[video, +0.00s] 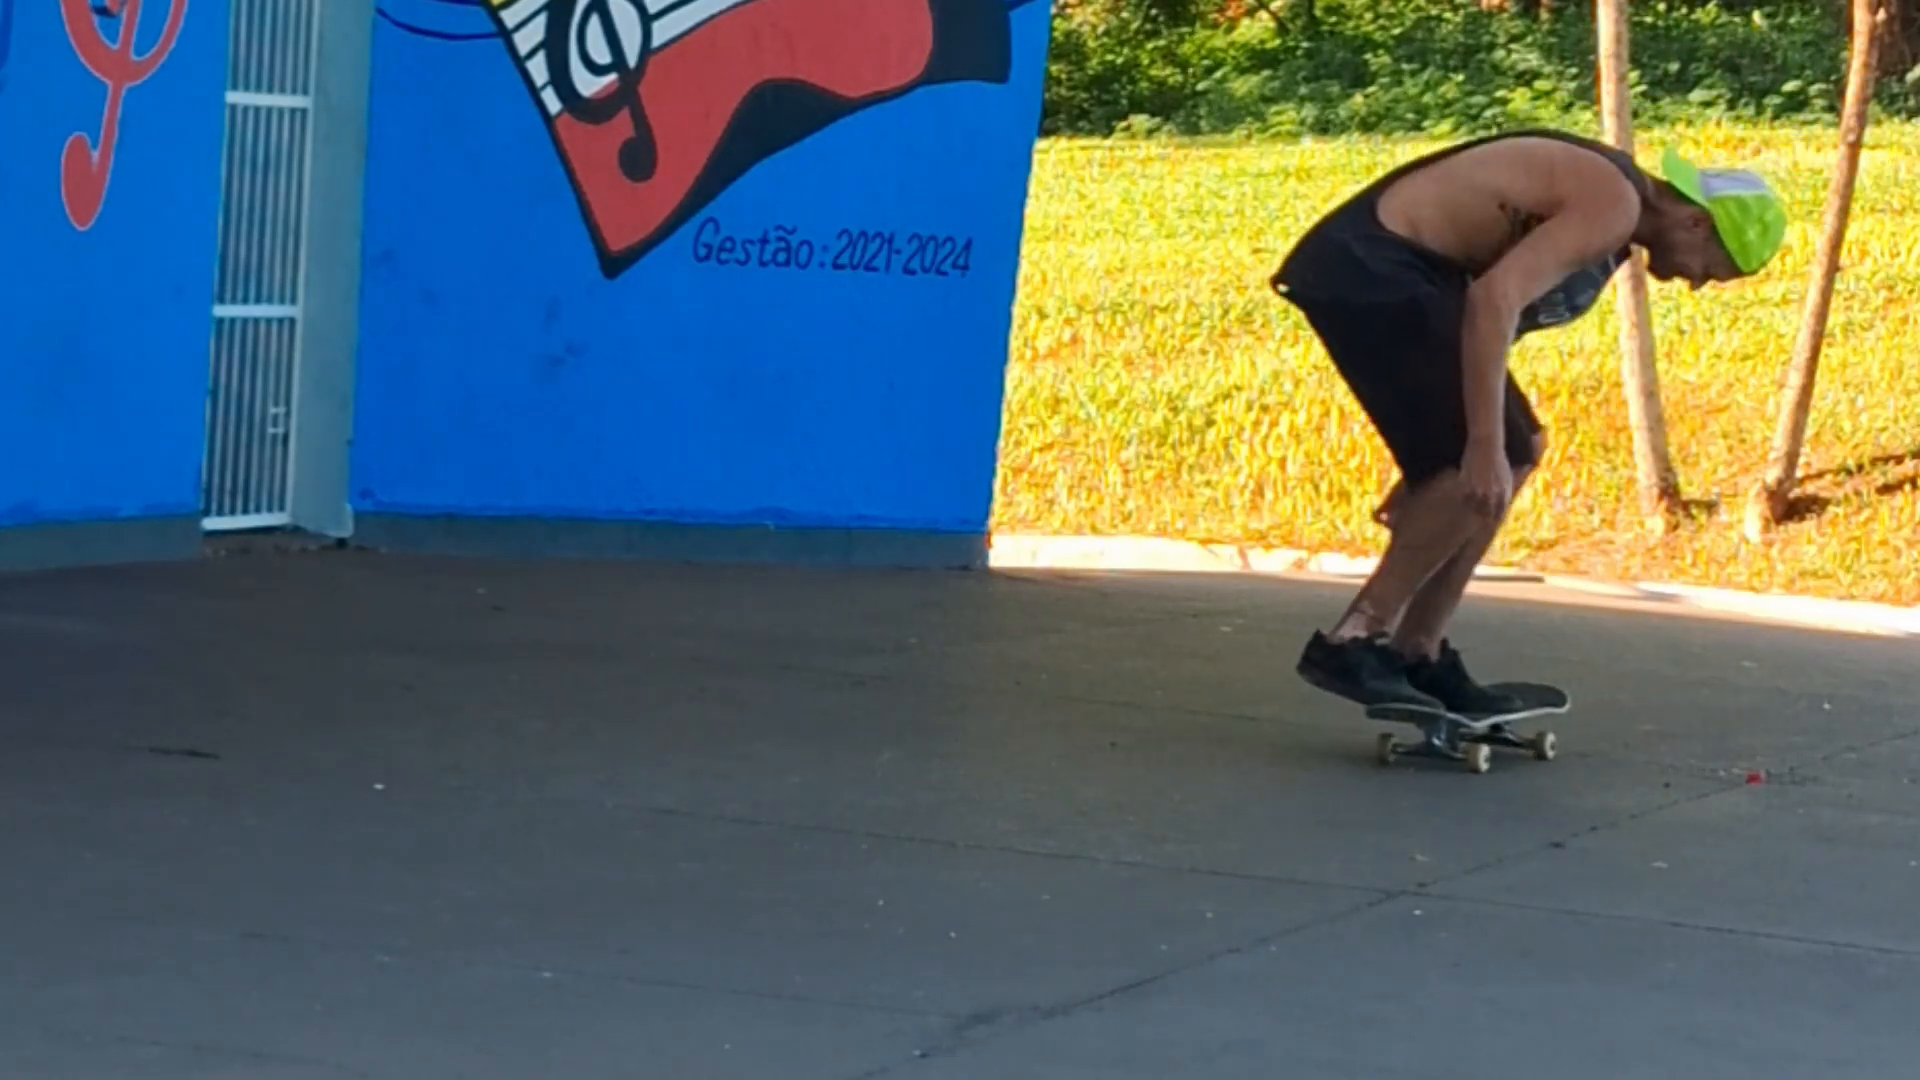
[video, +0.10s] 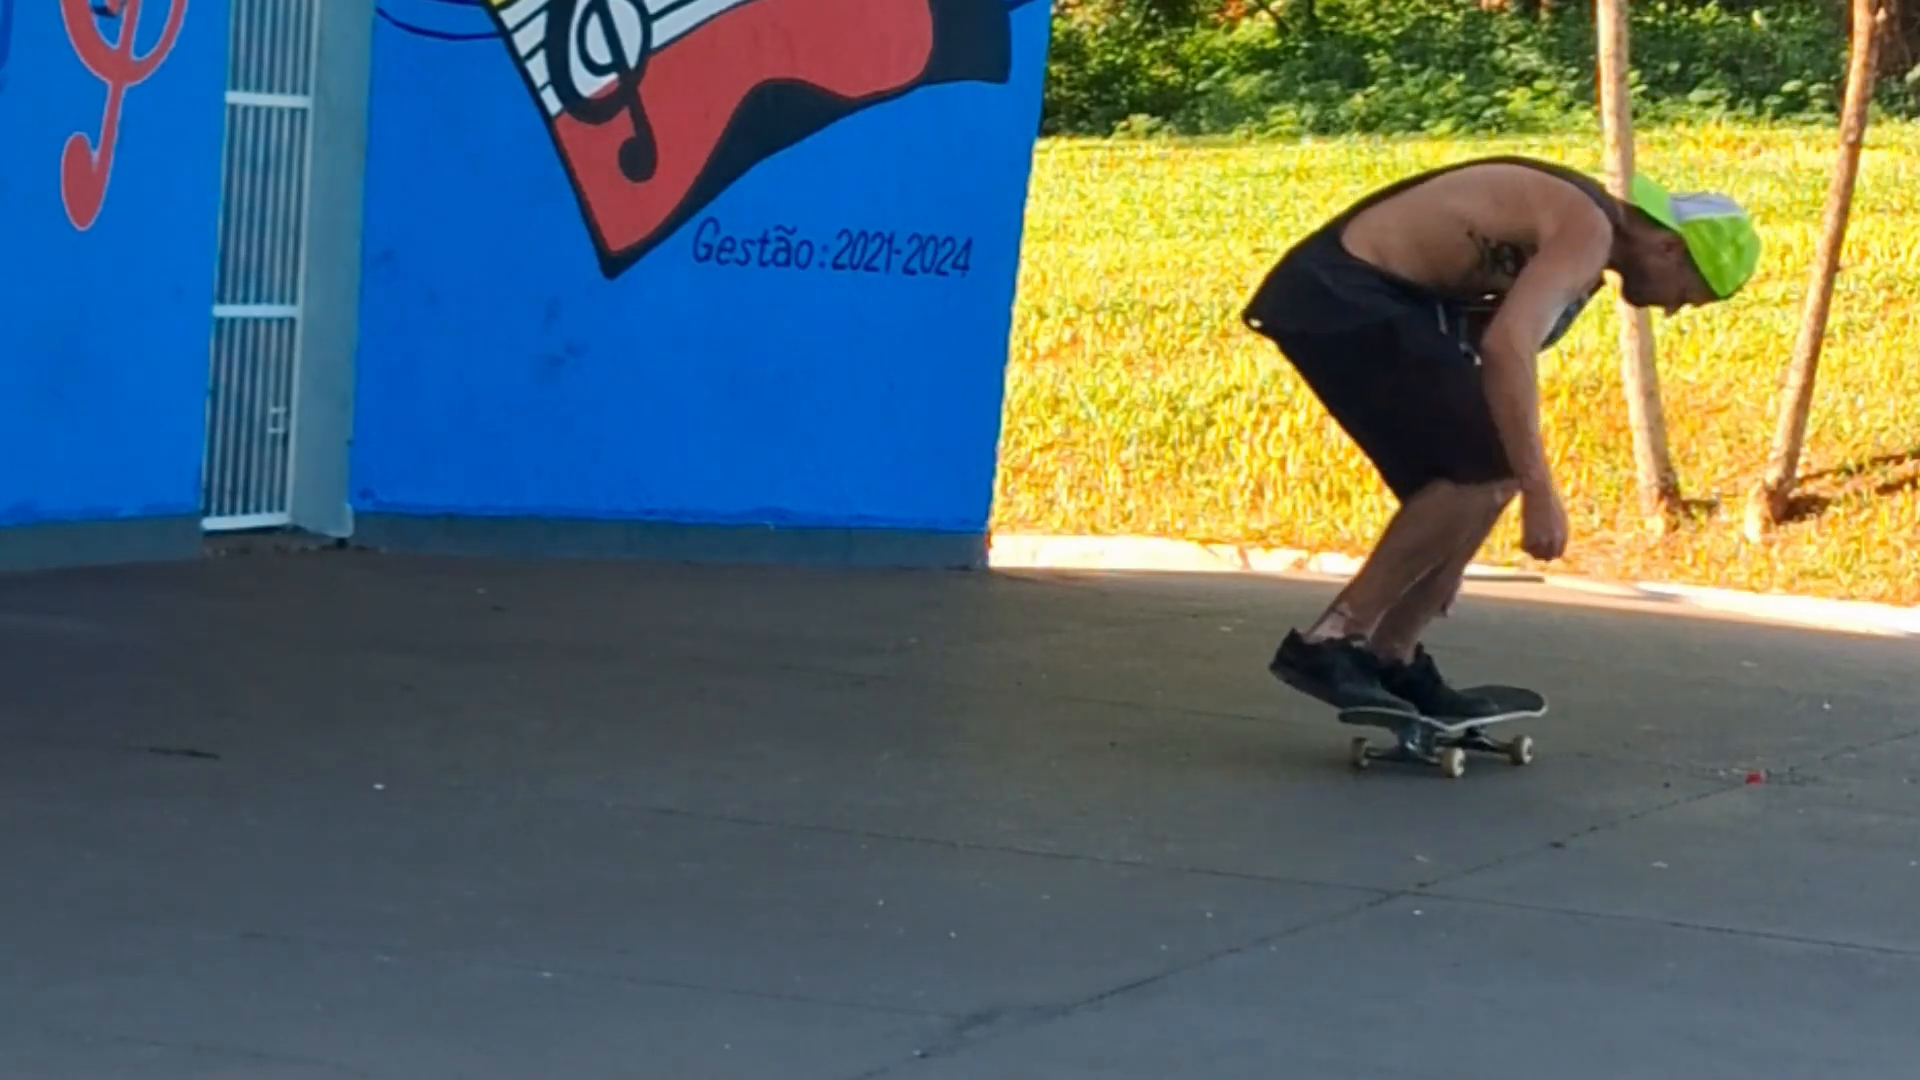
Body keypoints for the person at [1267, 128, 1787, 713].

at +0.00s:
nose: (1702, 281)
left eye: (1717, 276)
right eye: (1716, 267)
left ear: (1696, 217)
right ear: (1699, 223)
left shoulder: (1614, 210)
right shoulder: (1608, 205)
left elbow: (1490, 308)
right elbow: (1490, 297)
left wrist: (1424, 480)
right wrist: (1482, 449)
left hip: (1405, 275)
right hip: (1364, 270)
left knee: (1518, 445)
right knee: (1478, 469)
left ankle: (1416, 651)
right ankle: (1351, 641)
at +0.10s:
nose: (1680, 308)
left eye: (1696, 300)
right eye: (1694, 292)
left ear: (1670, 246)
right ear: (1673, 248)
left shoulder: (1586, 248)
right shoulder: (1583, 232)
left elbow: (1495, 366)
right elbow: (1505, 346)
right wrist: (1537, 491)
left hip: (1383, 307)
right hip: (1339, 298)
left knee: (1493, 472)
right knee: (1474, 477)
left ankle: (1391, 657)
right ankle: (1331, 640)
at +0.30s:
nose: (1637, 319)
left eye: (1650, 311)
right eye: (1647, 301)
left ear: (1620, 256)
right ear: (1622, 255)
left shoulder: (1539, 300)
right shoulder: (1529, 251)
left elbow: (1514, 449)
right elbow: (1470, 413)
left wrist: (1538, 574)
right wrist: (1580, 512)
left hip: (1326, 341)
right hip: (1284, 333)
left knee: (1475, 487)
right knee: (1451, 483)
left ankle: (1345, 661)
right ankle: (1285, 642)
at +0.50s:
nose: (1628, 144)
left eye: (1646, 133)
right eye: (1643, 122)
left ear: (1609, 75)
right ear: (1615, 76)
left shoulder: (1513, 110)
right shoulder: (1491, 78)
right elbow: (1320, 101)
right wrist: (1173, 174)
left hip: (1345, 270)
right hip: (1295, 256)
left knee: (1422, 459)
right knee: (1394, 463)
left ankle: (1305, 665)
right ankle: (1239, 649)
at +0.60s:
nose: (1603, 15)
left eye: (1610, 12)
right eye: (1603, 5)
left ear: (1580, 5)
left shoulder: (1494, 16)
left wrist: (1284, 15)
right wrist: (1272, 15)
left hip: (1370, 175)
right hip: (1297, 174)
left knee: (1464, 333)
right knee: (1285, 406)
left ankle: (1331, 524)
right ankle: (1215, 646)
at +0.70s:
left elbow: (1367, 53)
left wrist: (1382, 214)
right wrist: (1267, 5)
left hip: (1338, 76)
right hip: (1257, 73)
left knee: (1458, 198)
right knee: (1336, 298)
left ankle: (1478, 447)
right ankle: (1175, 503)